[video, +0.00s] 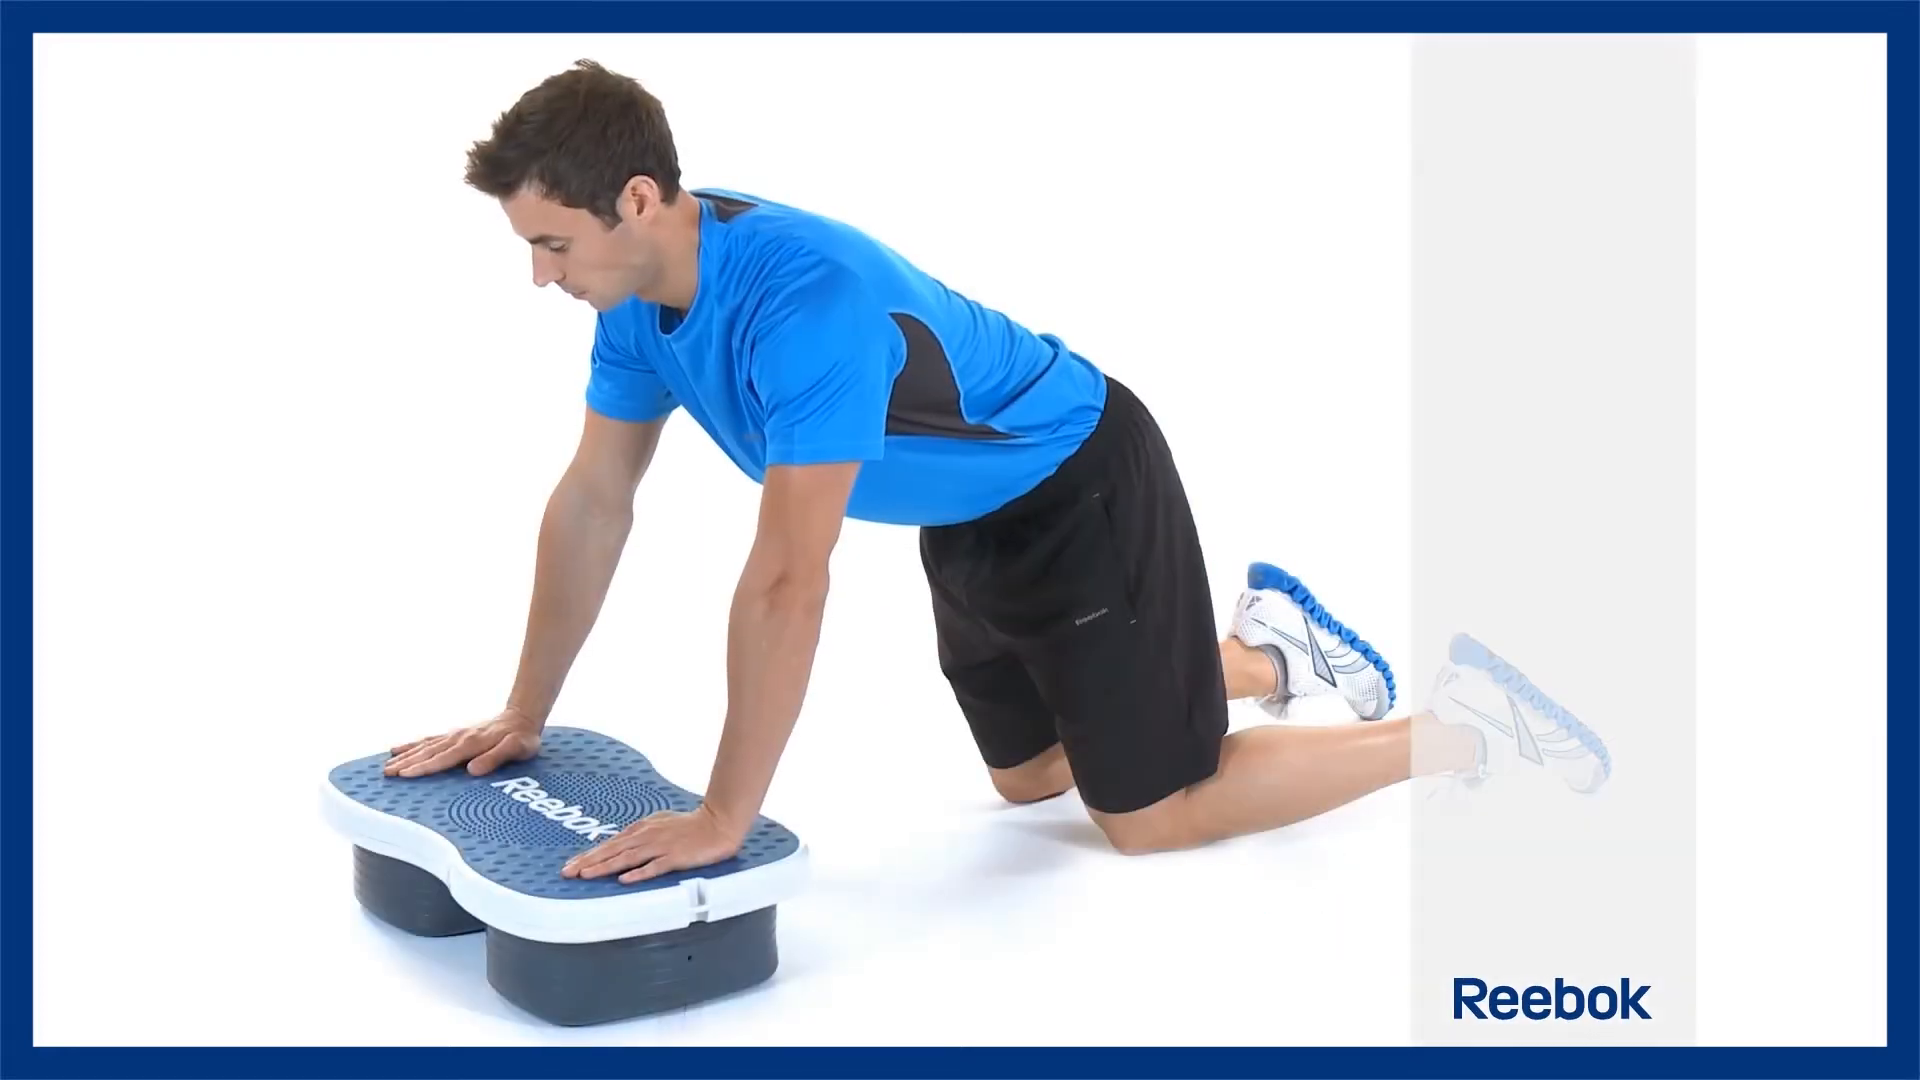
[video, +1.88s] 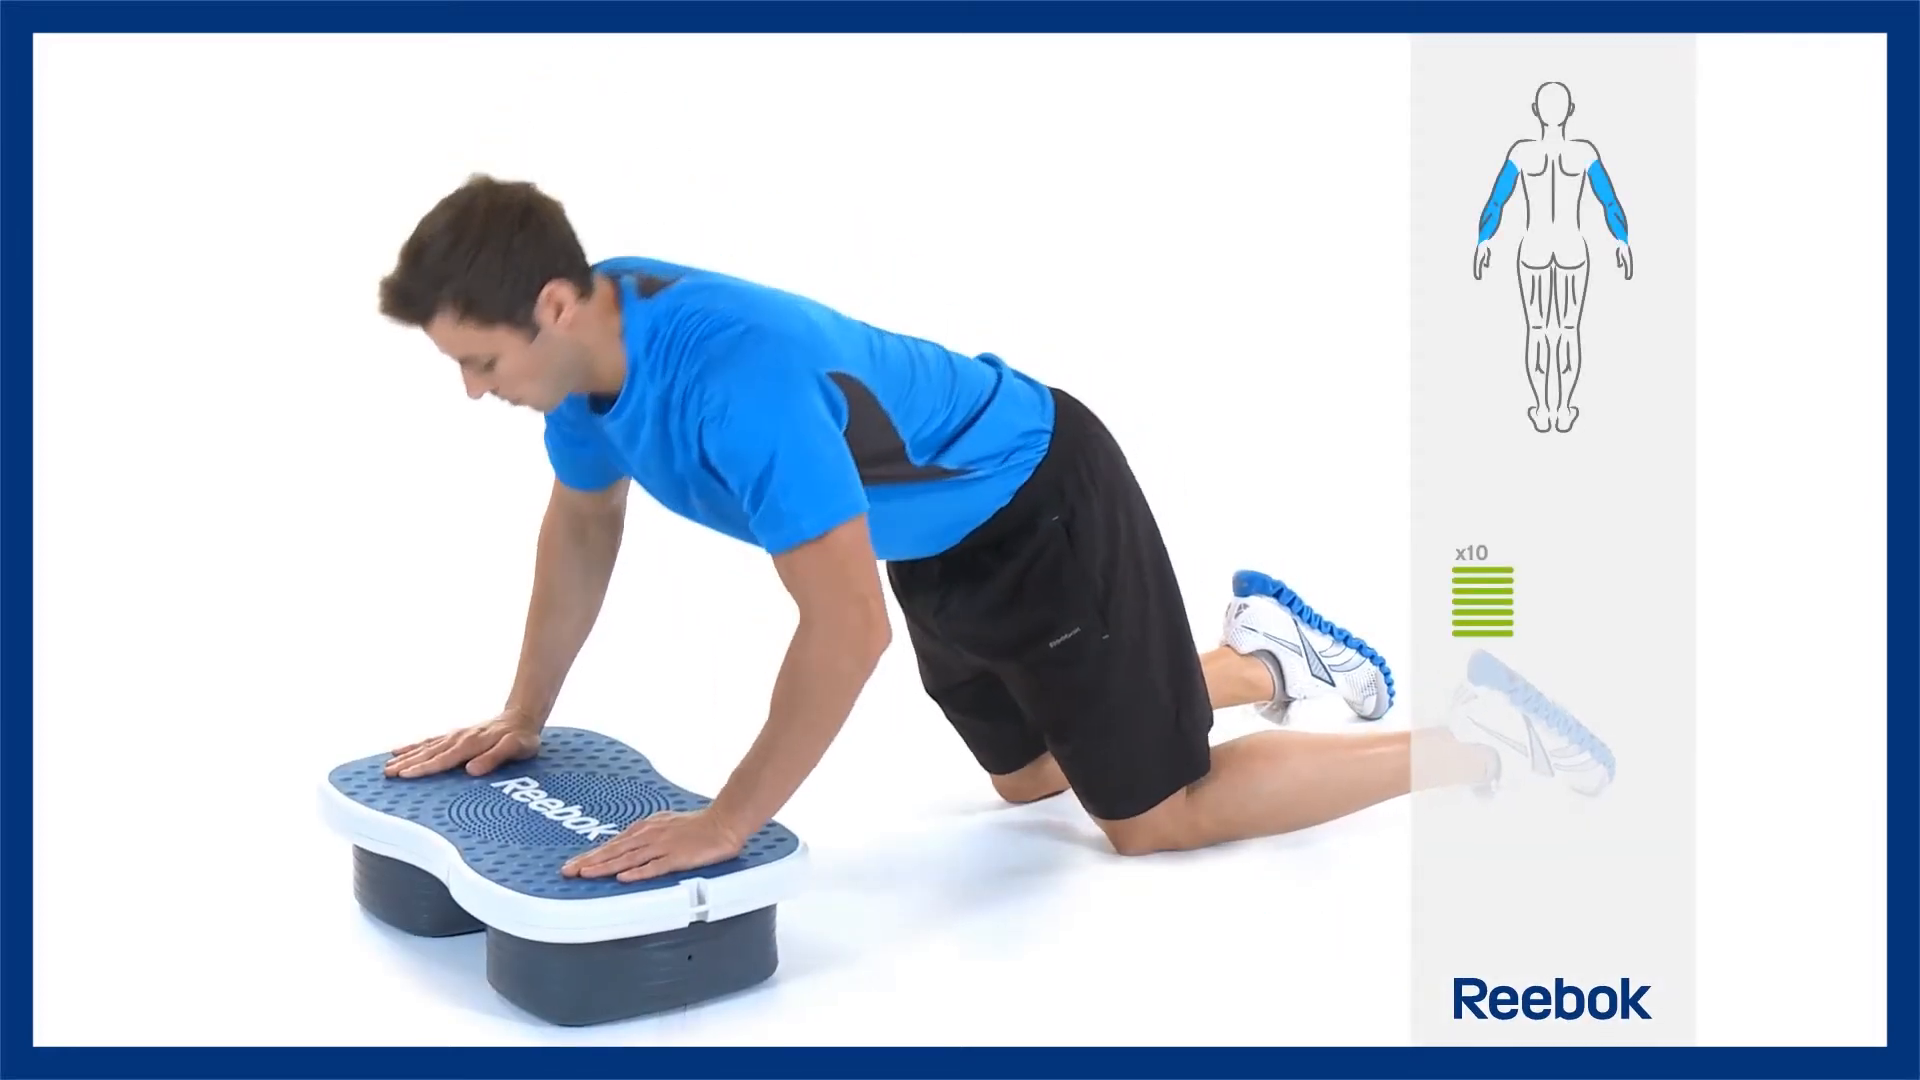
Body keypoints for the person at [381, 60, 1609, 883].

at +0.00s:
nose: (539, 275)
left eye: (550, 245)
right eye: (527, 249)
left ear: (641, 201)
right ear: (611, 213)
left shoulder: (804, 302)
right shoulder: (636, 310)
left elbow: (787, 583)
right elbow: (590, 510)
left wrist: (727, 814)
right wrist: (526, 715)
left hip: (1077, 477)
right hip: (958, 517)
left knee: (1154, 808)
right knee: (1039, 778)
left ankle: (1450, 733)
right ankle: (1263, 659)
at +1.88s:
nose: (478, 392)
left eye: (478, 362)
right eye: (459, 370)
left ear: (556, 301)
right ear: (533, 305)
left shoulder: (736, 381)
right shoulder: (588, 372)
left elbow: (848, 623)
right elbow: (577, 535)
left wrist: (731, 816)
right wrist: (519, 720)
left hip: (1044, 502)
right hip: (937, 554)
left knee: (1155, 815)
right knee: (1033, 781)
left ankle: (1470, 748)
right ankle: (1258, 667)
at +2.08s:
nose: (409, 530)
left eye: (409, 503)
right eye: (389, 512)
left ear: (481, 441)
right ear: (464, 434)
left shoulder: (664, 467)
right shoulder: (534, 411)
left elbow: (853, 646)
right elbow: (574, 551)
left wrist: (733, 820)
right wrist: (523, 713)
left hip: (997, 522)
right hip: (899, 567)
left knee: (1154, 809)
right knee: (1032, 771)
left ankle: (1467, 751)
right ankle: (1255, 657)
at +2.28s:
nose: (359, 659)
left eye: (349, 635)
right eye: (336, 644)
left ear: (406, 568)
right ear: (395, 553)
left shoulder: (603, 560)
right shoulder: (472, 486)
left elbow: (846, 649)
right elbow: (545, 593)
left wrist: (733, 822)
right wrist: (522, 716)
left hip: (957, 558)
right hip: (871, 594)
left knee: (1168, 806)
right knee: (1022, 769)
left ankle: (1465, 750)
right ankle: (1260, 659)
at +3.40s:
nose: (390, 518)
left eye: (388, 491)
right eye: (369, 502)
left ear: (455, 430)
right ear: (440, 431)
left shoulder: (634, 462)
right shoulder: (516, 430)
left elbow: (831, 638)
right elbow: (553, 554)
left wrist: (735, 820)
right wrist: (524, 716)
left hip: (978, 539)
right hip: (885, 583)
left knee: (1137, 805)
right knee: (1001, 762)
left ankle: (1466, 745)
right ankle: (1264, 657)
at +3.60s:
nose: (466, 369)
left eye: (466, 339)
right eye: (447, 349)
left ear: (540, 278)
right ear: (515, 287)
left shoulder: (707, 360)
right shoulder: (573, 351)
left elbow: (798, 597)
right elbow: (565, 527)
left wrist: (731, 814)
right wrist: (522, 720)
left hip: (1024, 507)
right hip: (915, 551)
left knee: (1155, 813)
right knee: (1022, 774)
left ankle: (1474, 742)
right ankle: (1266, 665)